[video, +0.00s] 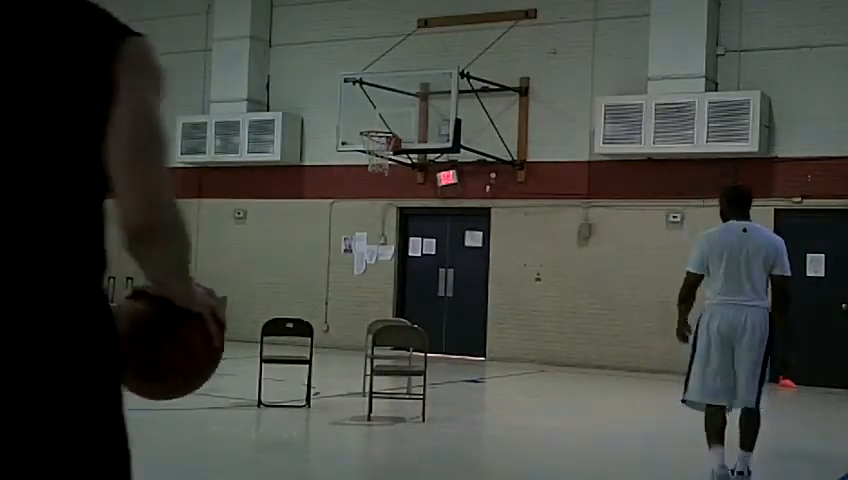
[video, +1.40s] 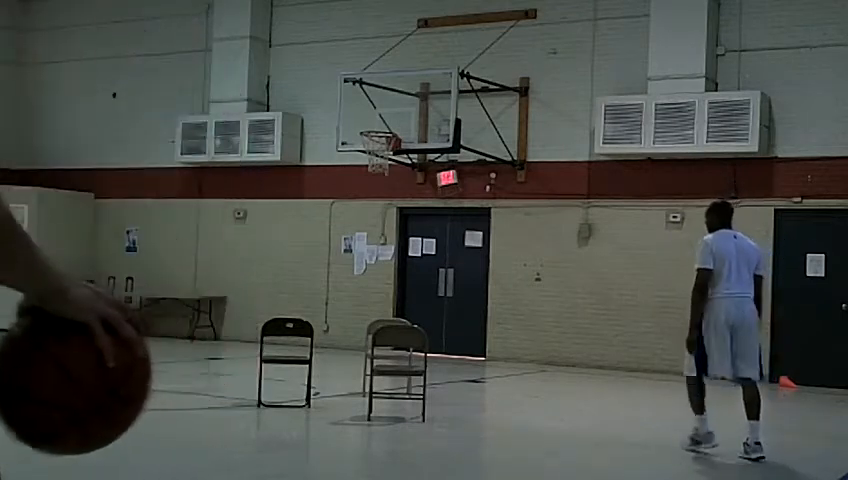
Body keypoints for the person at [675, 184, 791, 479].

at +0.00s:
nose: (719, 210)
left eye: (721, 206)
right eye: (721, 205)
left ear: (724, 208)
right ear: (749, 207)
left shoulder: (710, 240)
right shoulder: (772, 241)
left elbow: (689, 287)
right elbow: (781, 292)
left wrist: (681, 319)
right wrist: (781, 333)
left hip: (716, 319)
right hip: (756, 320)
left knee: (714, 396)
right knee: (751, 397)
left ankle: (717, 466)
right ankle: (743, 466)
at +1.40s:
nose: (706, 222)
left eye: (707, 218)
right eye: (707, 218)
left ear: (713, 219)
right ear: (730, 219)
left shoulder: (709, 242)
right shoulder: (752, 246)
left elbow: (701, 286)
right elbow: (758, 290)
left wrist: (693, 329)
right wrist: (755, 322)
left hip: (717, 309)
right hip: (747, 311)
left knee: (693, 370)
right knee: (748, 377)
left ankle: (702, 430)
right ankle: (754, 441)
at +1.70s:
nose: (668, 230)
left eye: (670, 225)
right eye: (668, 225)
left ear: (678, 225)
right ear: (691, 224)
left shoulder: (680, 249)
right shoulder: (715, 248)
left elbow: (678, 292)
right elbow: (720, 289)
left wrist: (675, 333)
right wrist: (716, 318)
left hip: (693, 313)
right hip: (719, 312)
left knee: (680, 370)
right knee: (723, 371)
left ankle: (679, 427)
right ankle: (746, 422)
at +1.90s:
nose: (649, 225)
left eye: (651, 221)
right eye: (649, 221)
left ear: (660, 221)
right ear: (671, 220)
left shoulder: (662, 245)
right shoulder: (692, 244)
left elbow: (654, 288)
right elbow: (698, 282)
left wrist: (635, 326)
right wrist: (693, 308)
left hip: (671, 307)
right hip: (693, 305)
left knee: (670, 369)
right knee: (682, 367)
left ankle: (678, 429)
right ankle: (704, 411)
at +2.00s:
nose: (639, 226)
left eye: (641, 221)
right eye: (639, 221)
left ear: (649, 222)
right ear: (661, 220)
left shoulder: (653, 245)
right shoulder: (680, 244)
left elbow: (641, 286)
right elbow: (687, 278)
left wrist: (618, 318)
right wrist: (683, 304)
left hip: (661, 305)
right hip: (681, 304)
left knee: (662, 368)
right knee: (665, 366)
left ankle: (677, 428)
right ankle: (670, 419)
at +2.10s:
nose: (628, 228)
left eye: (630, 223)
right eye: (628, 223)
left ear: (638, 224)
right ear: (648, 223)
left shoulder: (641, 248)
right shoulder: (668, 246)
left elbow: (626, 288)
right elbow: (675, 281)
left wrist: (603, 314)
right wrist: (671, 305)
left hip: (650, 305)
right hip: (669, 304)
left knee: (658, 367)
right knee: (646, 364)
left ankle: (677, 427)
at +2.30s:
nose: (604, 231)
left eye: (606, 226)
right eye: (604, 226)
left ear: (614, 227)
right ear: (624, 226)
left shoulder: (616, 248)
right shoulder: (642, 249)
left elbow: (603, 287)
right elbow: (647, 288)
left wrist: (583, 321)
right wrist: (643, 312)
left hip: (624, 307)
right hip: (640, 306)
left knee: (629, 368)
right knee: (612, 364)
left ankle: (665, 415)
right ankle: (605, 417)